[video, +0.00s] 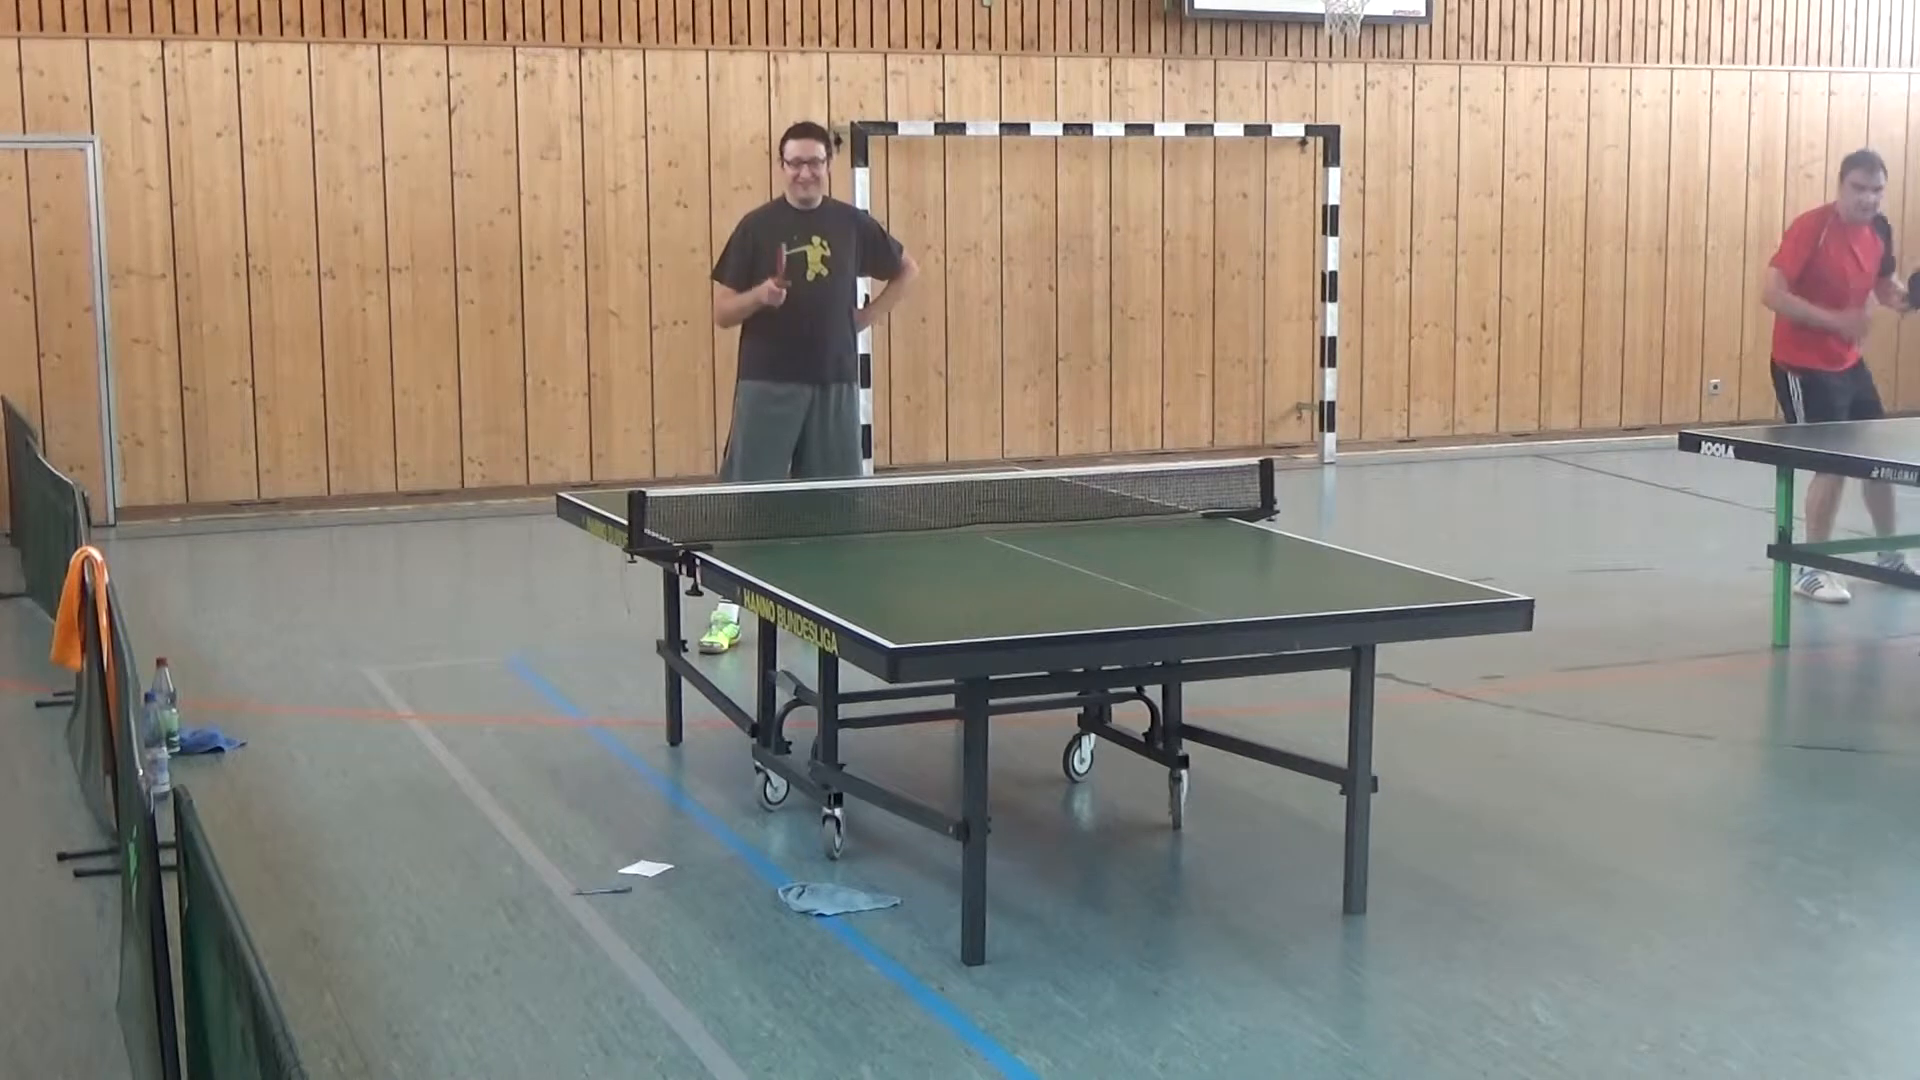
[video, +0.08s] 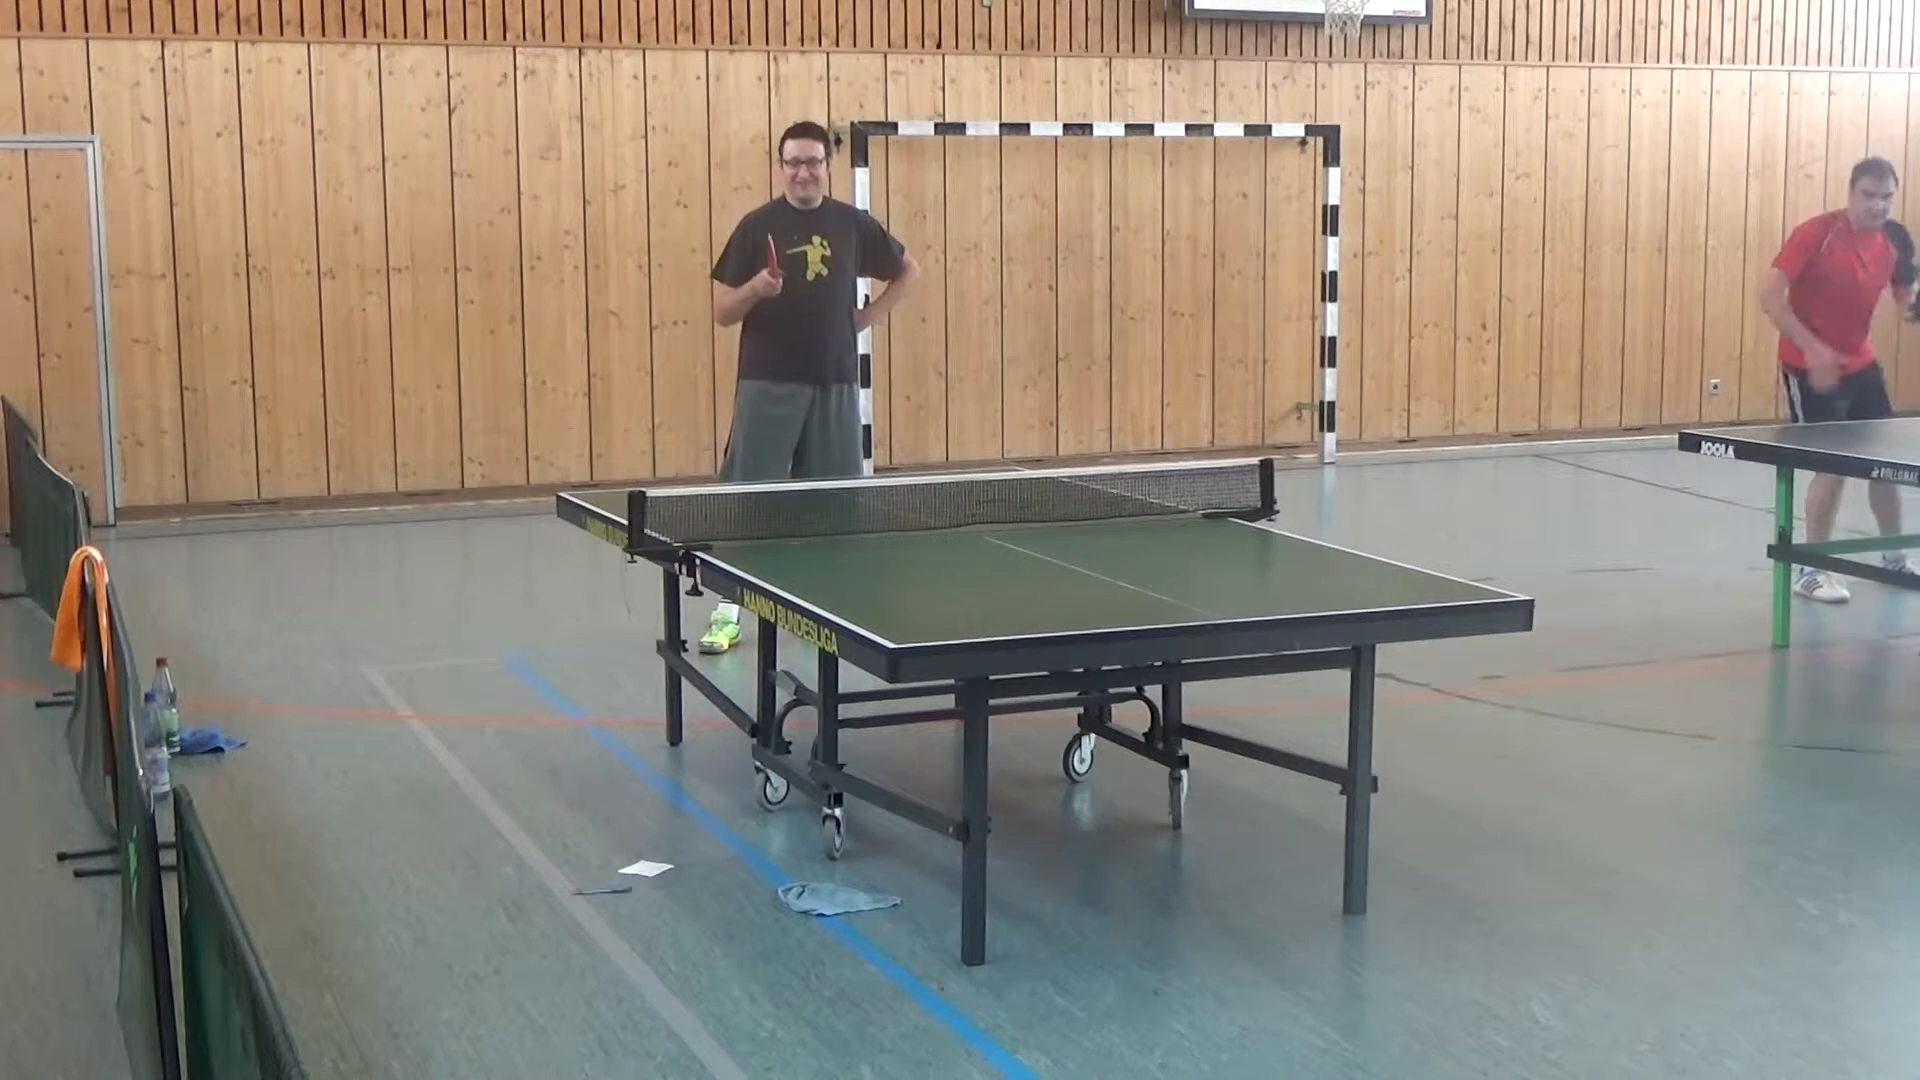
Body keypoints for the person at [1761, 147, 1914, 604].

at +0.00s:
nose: (1868, 198)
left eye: (1876, 190)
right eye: (1859, 188)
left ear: (1884, 192)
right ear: (1840, 186)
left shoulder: (1877, 232)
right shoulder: (1811, 226)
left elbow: (1882, 284)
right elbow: (1772, 292)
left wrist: (1903, 300)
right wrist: (1837, 320)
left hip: (1849, 362)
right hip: (1802, 364)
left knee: (1878, 458)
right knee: (1831, 462)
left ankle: (1888, 557)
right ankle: (1809, 569)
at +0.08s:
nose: (1878, 204)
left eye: (1886, 196)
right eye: (1869, 195)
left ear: (1894, 197)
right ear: (1850, 193)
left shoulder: (1892, 243)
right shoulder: (1816, 233)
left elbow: (1907, 304)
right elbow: (1771, 298)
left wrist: (1915, 299)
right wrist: (1813, 349)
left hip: (1860, 364)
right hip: (1809, 367)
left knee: (1886, 460)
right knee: (1832, 461)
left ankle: (1894, 560)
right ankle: (1810, 569)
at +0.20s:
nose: (1892, 216)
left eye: (1900, 208)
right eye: (1884, 207)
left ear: (1908, 211)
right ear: (1866, 205)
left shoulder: (1906, 254)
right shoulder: (1826, 238)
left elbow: (1916, 306)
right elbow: (1775, 288)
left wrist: (1914, 316)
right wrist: (1796, 349)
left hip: (1872, 375)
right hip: (1817, 375)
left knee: (1895, 469)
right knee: (1814, 472)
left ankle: (1896, 559)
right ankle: (1806, 562)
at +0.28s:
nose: (1900, 224)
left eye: (1907, 216)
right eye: (1891, 214)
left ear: (1913, 218)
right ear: (1870, 211)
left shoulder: (1907, 259)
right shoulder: (1829, 242)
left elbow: (1913, 309)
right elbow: (1782, 289)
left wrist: (1914, 317)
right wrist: (1797, 351)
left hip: (1871, 379)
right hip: (1814, 379)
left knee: (1895, 470)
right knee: (1796, 472)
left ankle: (1896, 560)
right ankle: (1780, 562)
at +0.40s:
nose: (1898, 230)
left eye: (1906, 222)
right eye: (1890, 220)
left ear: (1913, 224)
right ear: (1870, 218)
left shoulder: (1908, 263)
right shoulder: (1830, 246)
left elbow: (1911, 319)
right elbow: (1785, 297)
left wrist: (1914, 320)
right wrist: (1794, 362)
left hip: (1865, 377)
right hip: (1808, 378)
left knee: (1893, 466)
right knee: (1779, 465)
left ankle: (1896, 558)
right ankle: (1737, 558)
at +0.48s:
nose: (1892, 234)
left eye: (1899, 226)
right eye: (1883, 224)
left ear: (1906, 229)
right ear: (1864, 223)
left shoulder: (1905, 265)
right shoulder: (1825, 251)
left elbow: (1906, 322)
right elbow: (1781, 305)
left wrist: (1910, 325)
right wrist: (1789, 372)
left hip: (1858, 377)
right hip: (1802, 377)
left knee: (1888, 465)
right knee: (1773, 463)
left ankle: (1896, 557)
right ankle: (1730, 557)